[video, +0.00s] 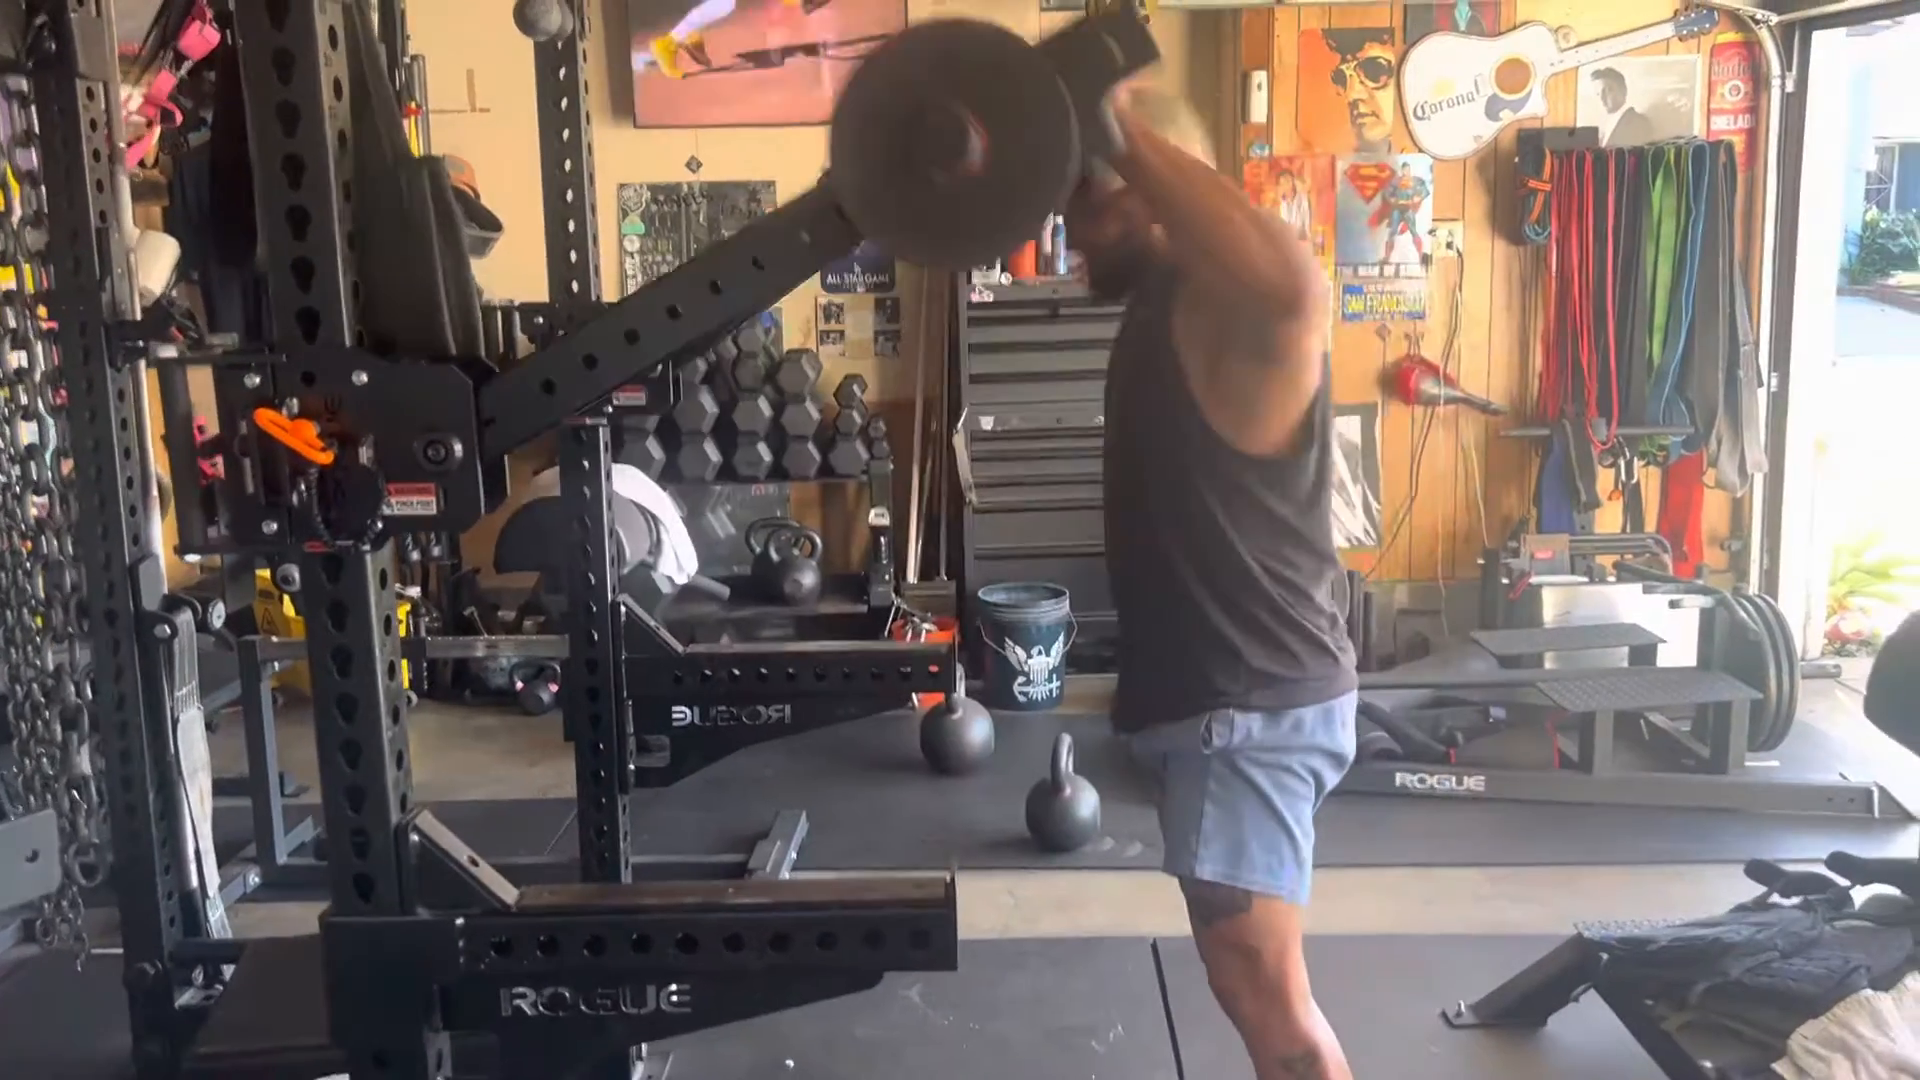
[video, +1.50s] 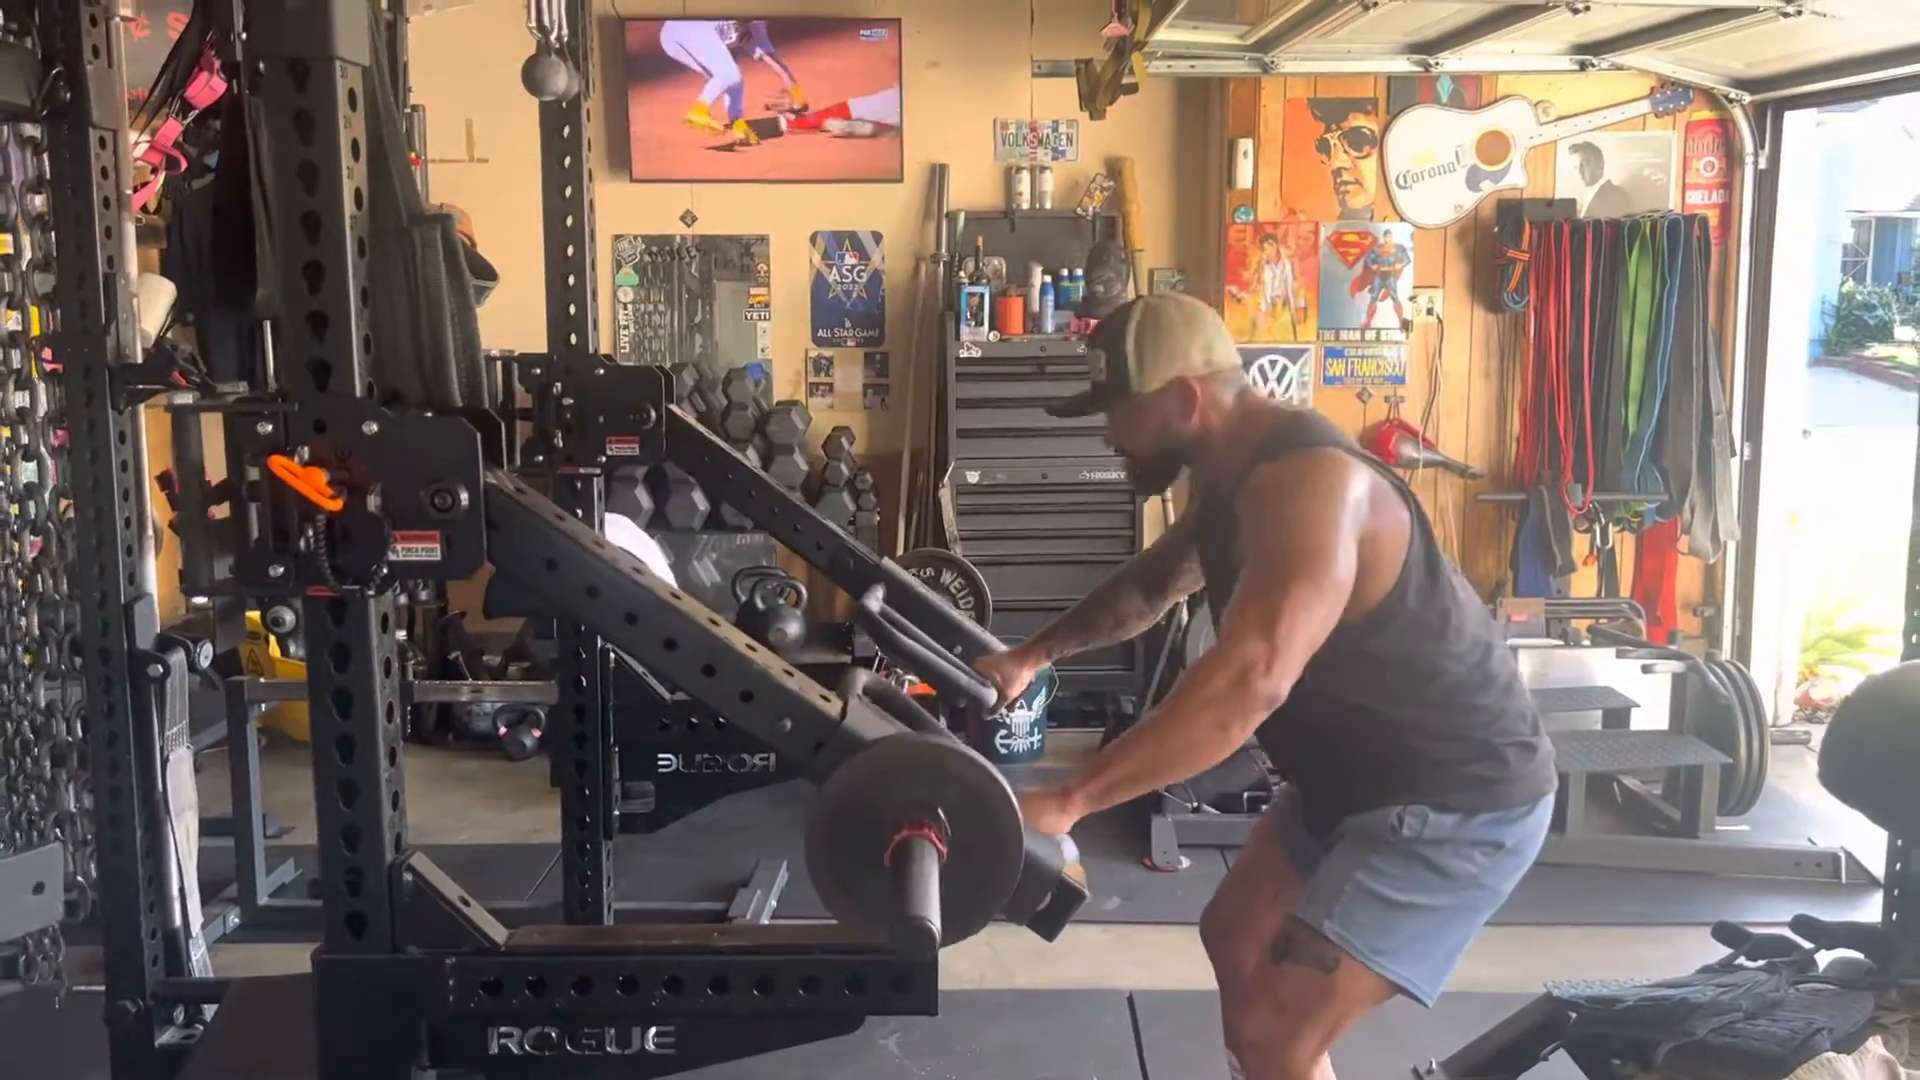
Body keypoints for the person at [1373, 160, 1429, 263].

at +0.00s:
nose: (1406, 172)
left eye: (1407, 170)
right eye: (1404, 170)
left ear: (1410, 170)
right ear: (1401, 171)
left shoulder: (1417, 181)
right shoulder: (1396, 181)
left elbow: (1425, 192)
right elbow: (1386, 192)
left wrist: (1417, 199)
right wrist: (1391, 200)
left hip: (1409, 207)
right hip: (1397, 206)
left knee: (1413, 231)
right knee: (1392, 231)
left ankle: (1421, 255)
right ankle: (1387, 257)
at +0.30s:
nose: (1400, 186)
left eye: (1402, 184)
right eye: (1398, 184)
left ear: (1405, 184)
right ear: (1395, 184)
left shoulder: (1412, 196)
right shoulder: (1389, 196)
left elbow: (1420, 207)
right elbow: (1380, 208)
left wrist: (1413, 213)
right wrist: (1385, 214)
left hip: (1404, 221)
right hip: (1392, 221)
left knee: (1408, 245)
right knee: (1387, 246)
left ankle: (1415, 270)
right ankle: (1381, 272)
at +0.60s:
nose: (1400, 201)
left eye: (1401, 199)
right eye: (1398, 199)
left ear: (1404, 200)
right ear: (1395, 200)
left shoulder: (1411, 210)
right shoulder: (1390, 211)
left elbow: (1420, 222)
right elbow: (1380, 222)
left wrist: (1413, 228)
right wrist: (1385, 229)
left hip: (1404, 236)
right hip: (1392, 236)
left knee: (1408, 260)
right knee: (1387, 261)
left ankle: (1414, 285)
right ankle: (1381, 286)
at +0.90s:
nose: (1396, 214)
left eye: (1398, 212)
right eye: (1394, 212)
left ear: (1401, 213)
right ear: (1391, 213)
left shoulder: (1408, 224)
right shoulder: (1385, 224)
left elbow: (1416, 235)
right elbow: (1376, 235)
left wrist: (1409, 242)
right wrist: (1381, 243)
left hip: (1400, 249)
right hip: (1388, 248)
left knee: (1404, 273)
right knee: (1383, 274)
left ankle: (1410, 298)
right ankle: (1376, 299)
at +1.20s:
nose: (1391, 227)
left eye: (1392, 224)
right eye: (1389, 225)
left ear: (1395, 225)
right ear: (1386, 225)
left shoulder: (1402, 235)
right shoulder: (1381, 236)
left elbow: (1410, 247)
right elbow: (1371, 247)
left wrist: (1403, 253)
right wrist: (1376, 254)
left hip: (1394, 261)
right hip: (1383, 260)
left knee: (1398, 285)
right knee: (1377, 284)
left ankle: (1405, 308)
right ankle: (1371, 308)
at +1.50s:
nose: (1388, 240)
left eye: (1389, 238)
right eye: (1386, 238)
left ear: (1392, 238)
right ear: (1383, 238)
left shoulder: (1399, 248)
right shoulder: (1378, 248)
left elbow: (1407, 260)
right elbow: (1368, 259)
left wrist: (1400, 266)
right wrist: (1372, 266)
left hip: (1391, 273)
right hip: (1379, 273)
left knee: (1395, 297)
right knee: (1373, 298)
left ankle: (1401, 322)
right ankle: (1368, 322)